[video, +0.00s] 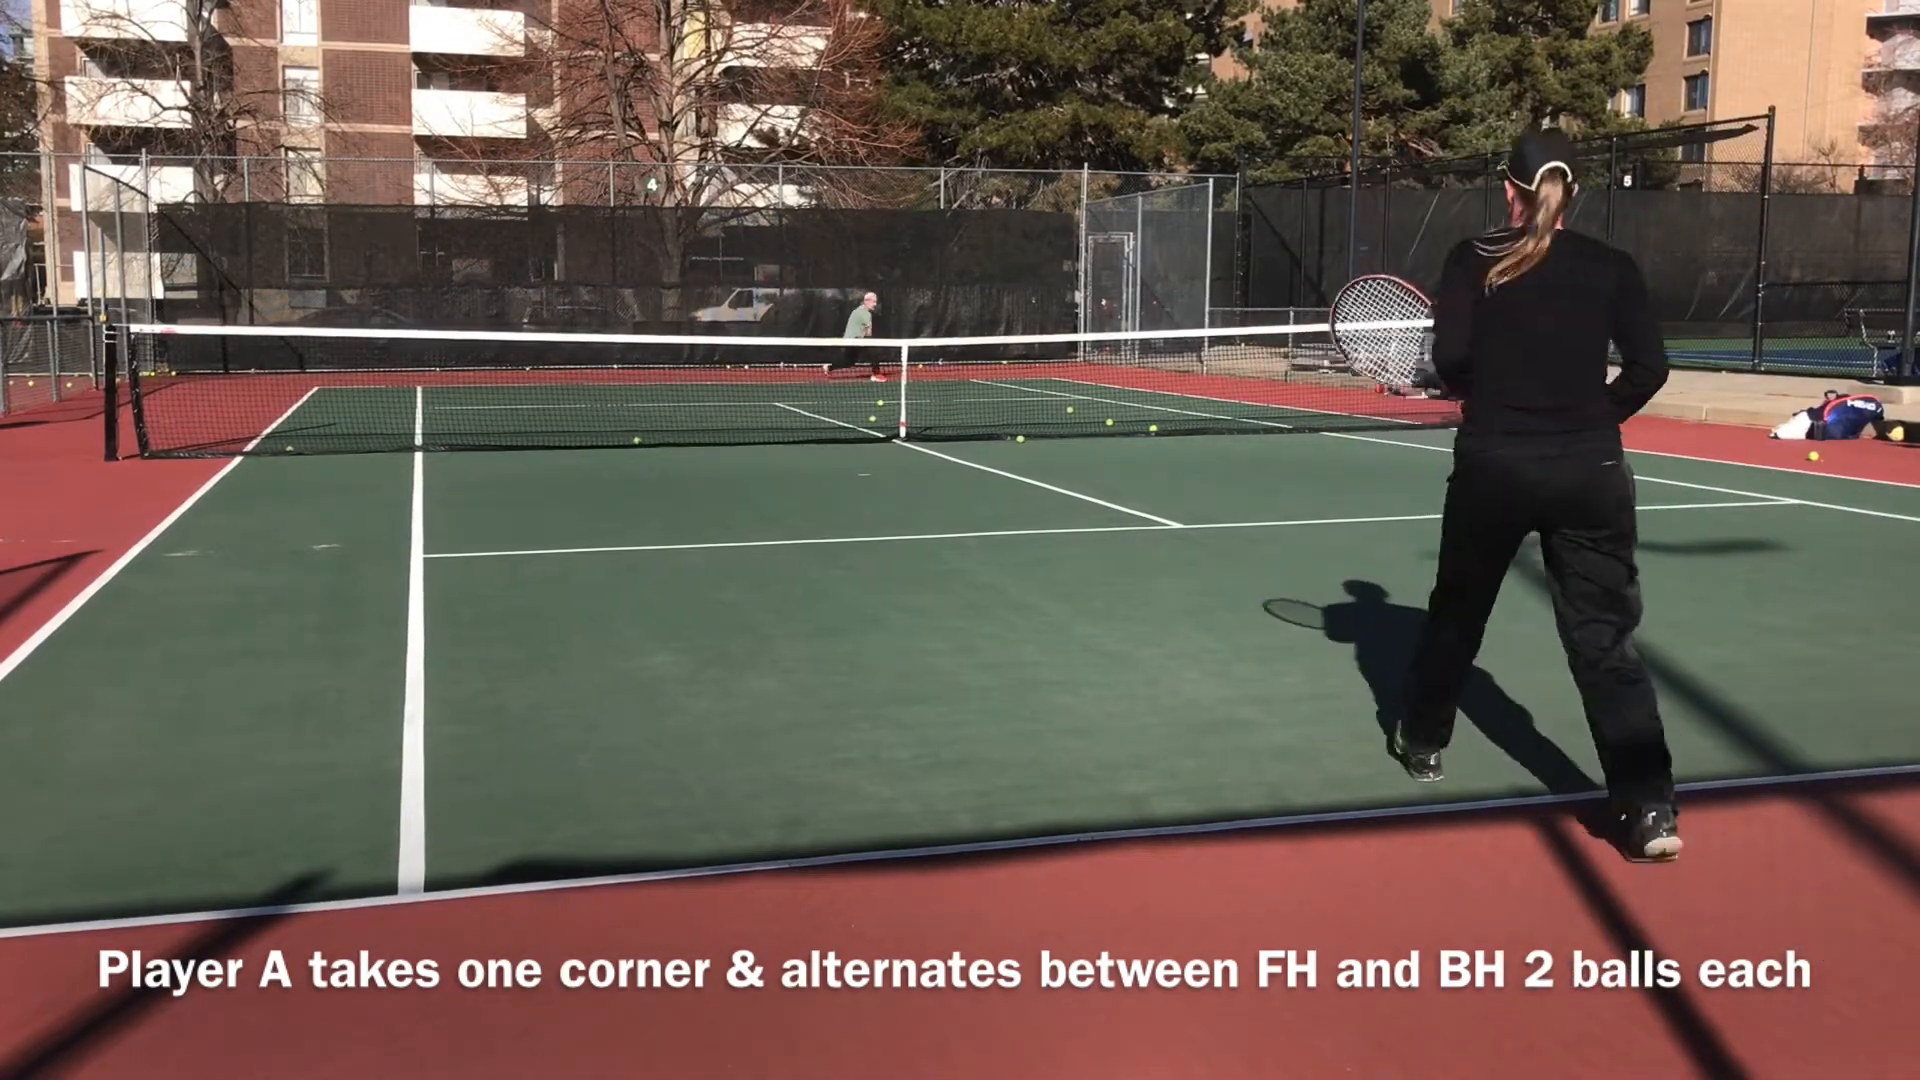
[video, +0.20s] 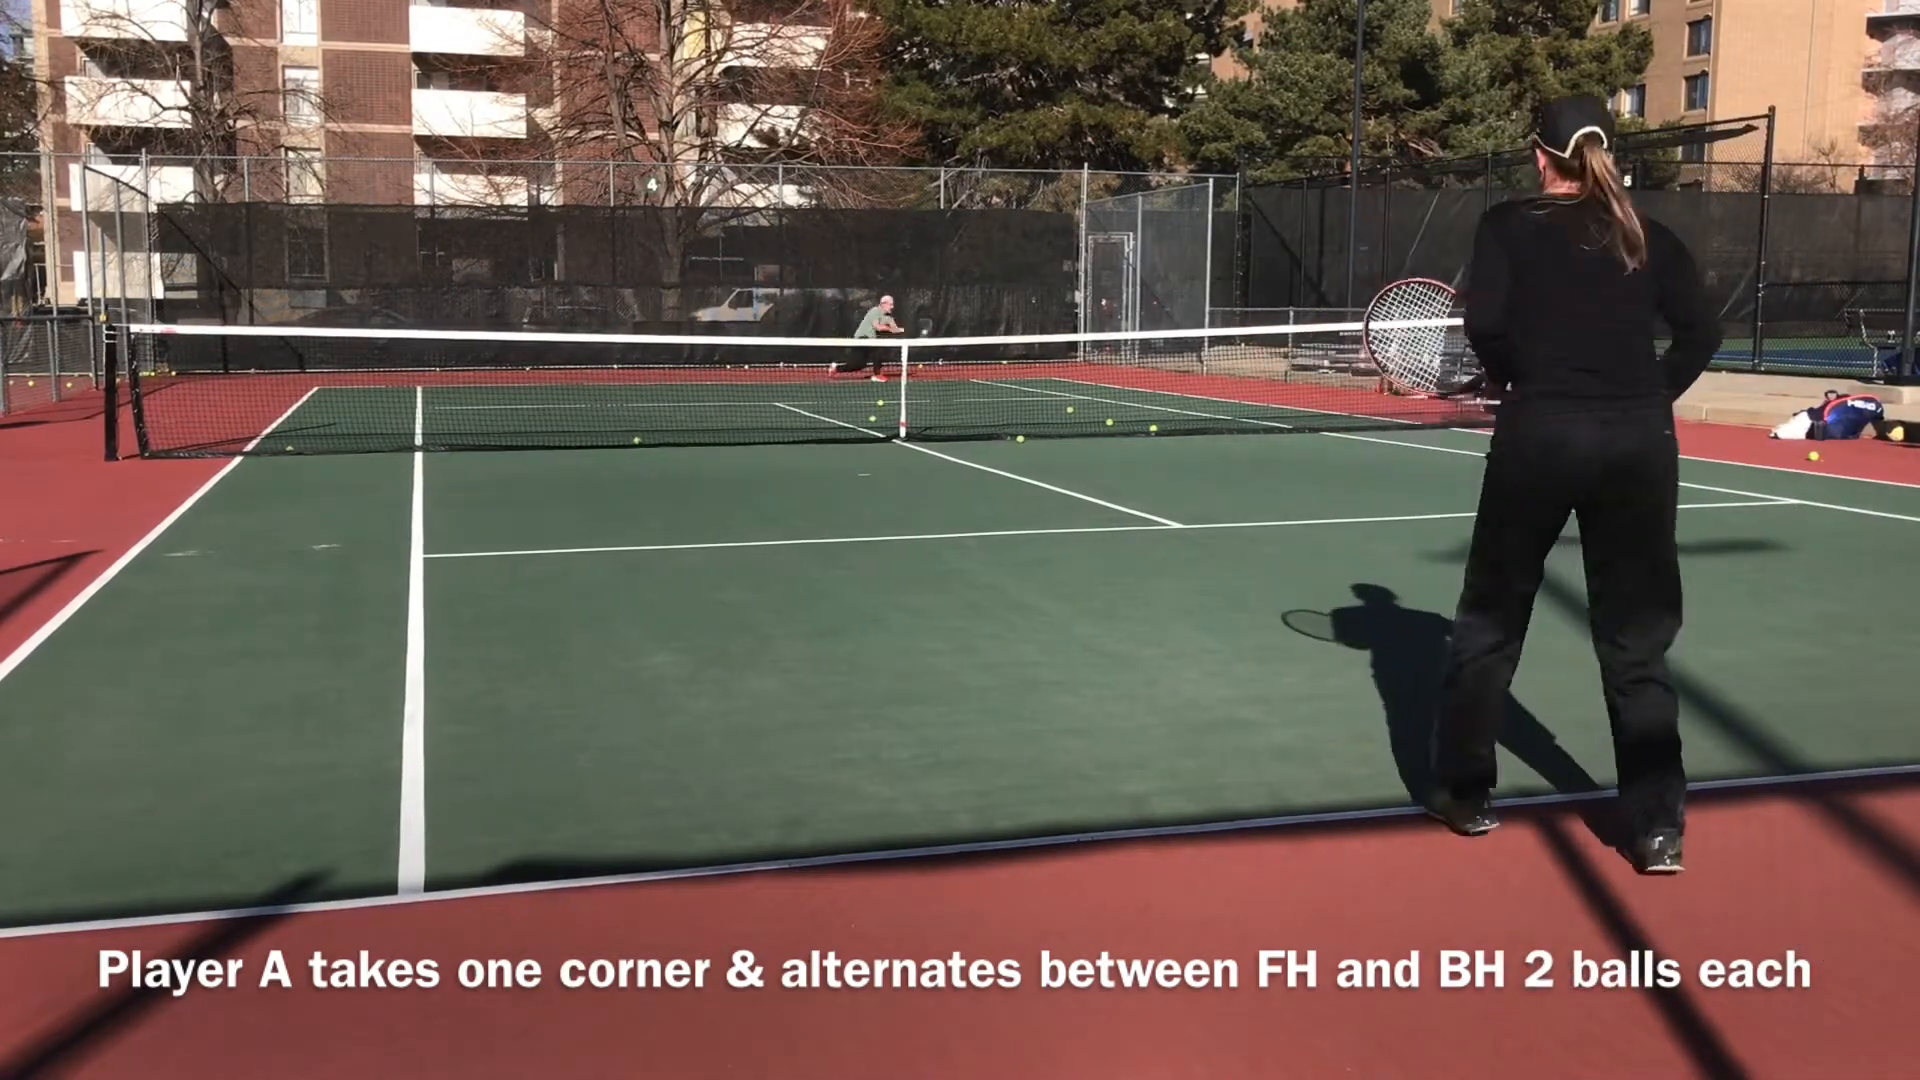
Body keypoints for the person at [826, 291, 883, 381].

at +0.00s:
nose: (875, 304)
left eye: (875, 302)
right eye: (873, 302)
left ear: (866, 302)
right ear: (866, 302)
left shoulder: (857, 310)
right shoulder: (866, 314)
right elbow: (869, 332)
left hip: (849, 339)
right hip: (857, 339)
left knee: (849, 361)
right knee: (874, 353)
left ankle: (829, 367)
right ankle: (875, 374)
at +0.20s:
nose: (892, 307)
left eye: (892, 305)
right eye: (890, 304)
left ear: (887, 305)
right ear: (883, 304)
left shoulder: (887, 316)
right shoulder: (875, 311)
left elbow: (893, 328)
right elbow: (877, 326)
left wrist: (898, 330)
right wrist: (890, 328)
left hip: (869, 338)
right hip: (862, 337)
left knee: (860, 364)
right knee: (877, 351)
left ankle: (837, 368)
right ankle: (876, 374)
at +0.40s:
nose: (898, 301)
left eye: (899, 298)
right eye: (896, 298)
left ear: (899, 299)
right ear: (889, 298)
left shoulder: (893, 311)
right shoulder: (883, 307)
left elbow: (896, 309)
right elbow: (872, 314)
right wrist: (879, 303)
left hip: (881, 335)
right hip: (871, 332)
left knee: (883, 354)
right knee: (878, 353)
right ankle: (876, 372)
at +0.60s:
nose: (900, 293)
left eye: (901, 291)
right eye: (897, 290)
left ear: (903, 292)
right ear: (892, 291)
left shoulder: (902, 303)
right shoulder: (884, 300)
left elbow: (899, 312)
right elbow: (876, 313)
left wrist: (890, 303)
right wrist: (884, 304)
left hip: (890, 330)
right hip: (879, 328)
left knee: (886, 350)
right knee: (881, 349)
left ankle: (879, 370)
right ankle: (877, 370)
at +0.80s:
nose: (895, 291)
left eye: (897, 288)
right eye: (893, 288)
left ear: (900, 291)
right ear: (889, 290)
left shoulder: (902, 303)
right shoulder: (882, 302)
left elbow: (903, 317)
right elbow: (878, 317)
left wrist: (894, 326)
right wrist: (887, 327)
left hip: (897, 329)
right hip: (884, 329)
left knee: (904, 350)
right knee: (882, 349)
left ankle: (910, 370)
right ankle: (878, 369)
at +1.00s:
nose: (883, 285)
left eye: (885, 283)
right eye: (880, 283)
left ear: (888, 285)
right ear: (877, 284)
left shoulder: (892, 298)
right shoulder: (871, 298)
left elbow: (895, 314)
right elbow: (866, 313)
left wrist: (888, 324)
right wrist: (880, 325)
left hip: (889, 330)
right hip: (875, 330)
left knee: (900, 349)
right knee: (876, 352)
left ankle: (906, 370)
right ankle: (876, 371)